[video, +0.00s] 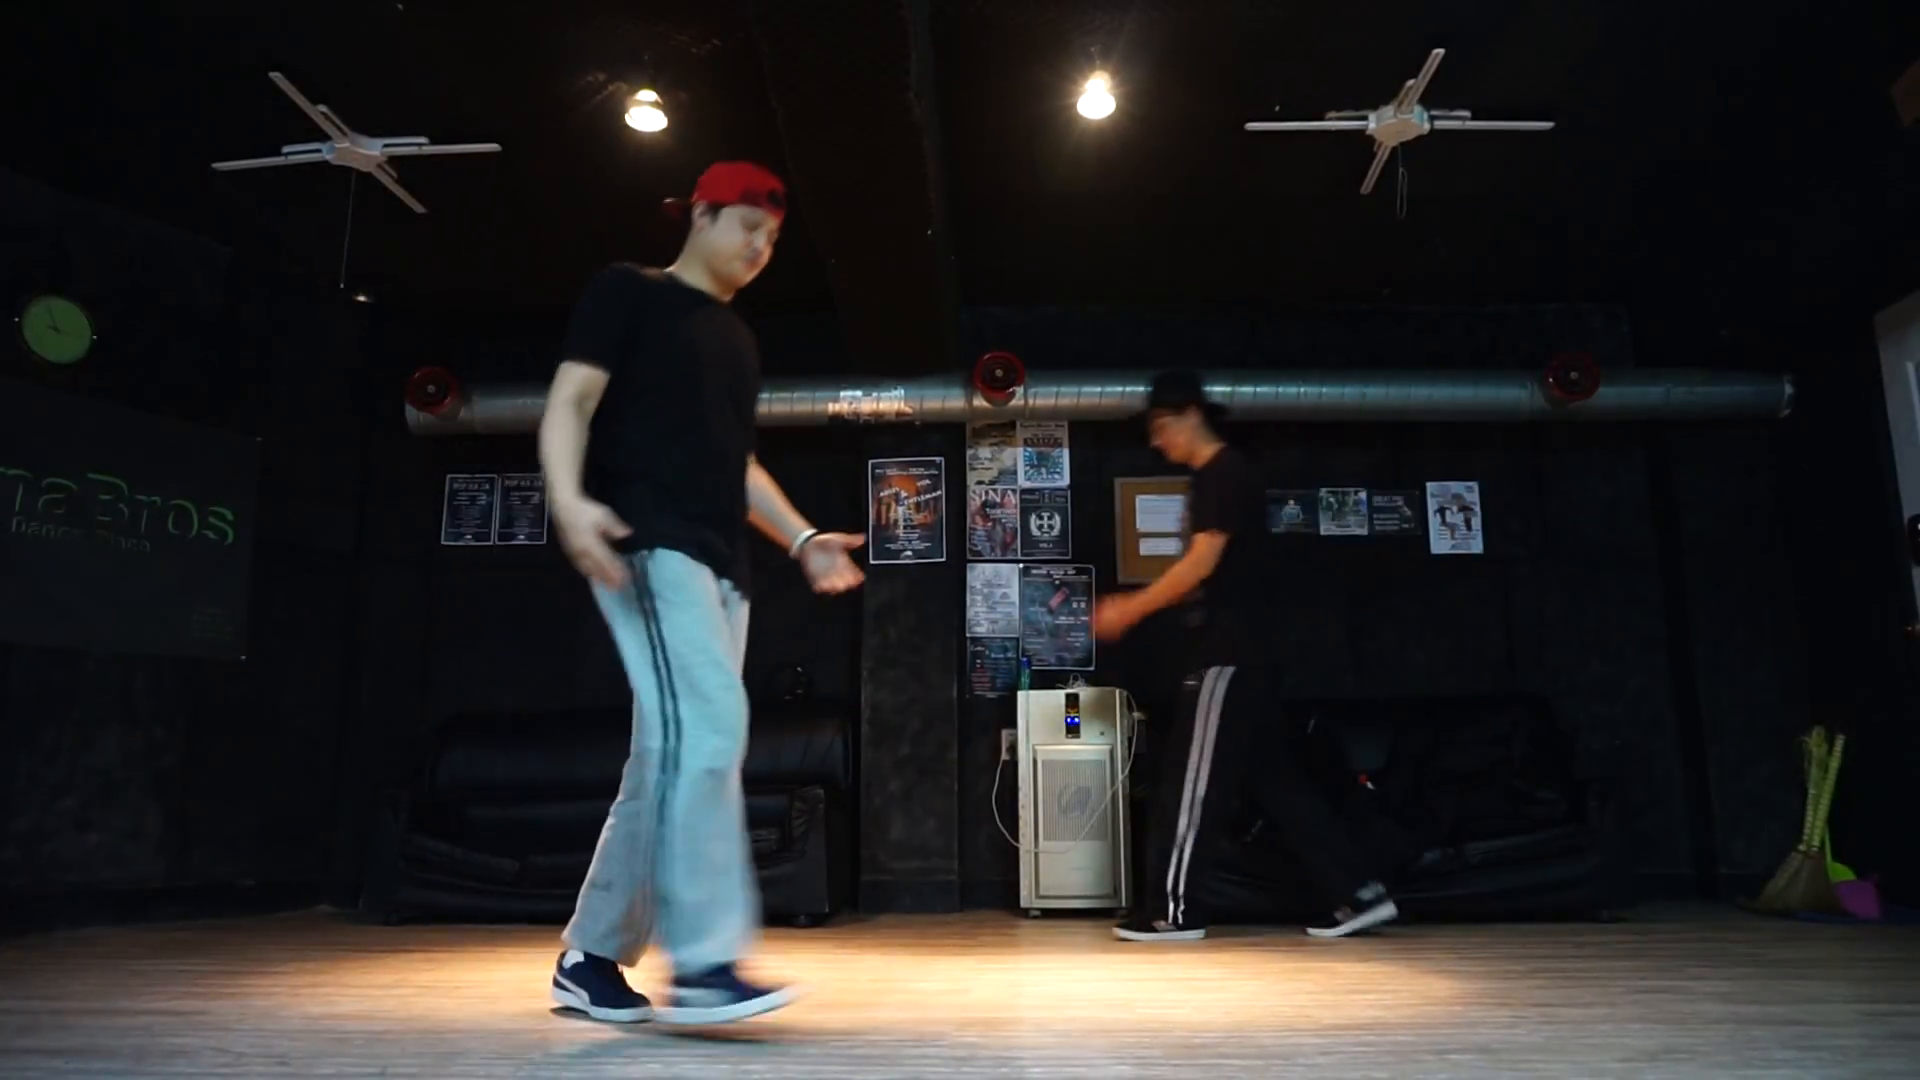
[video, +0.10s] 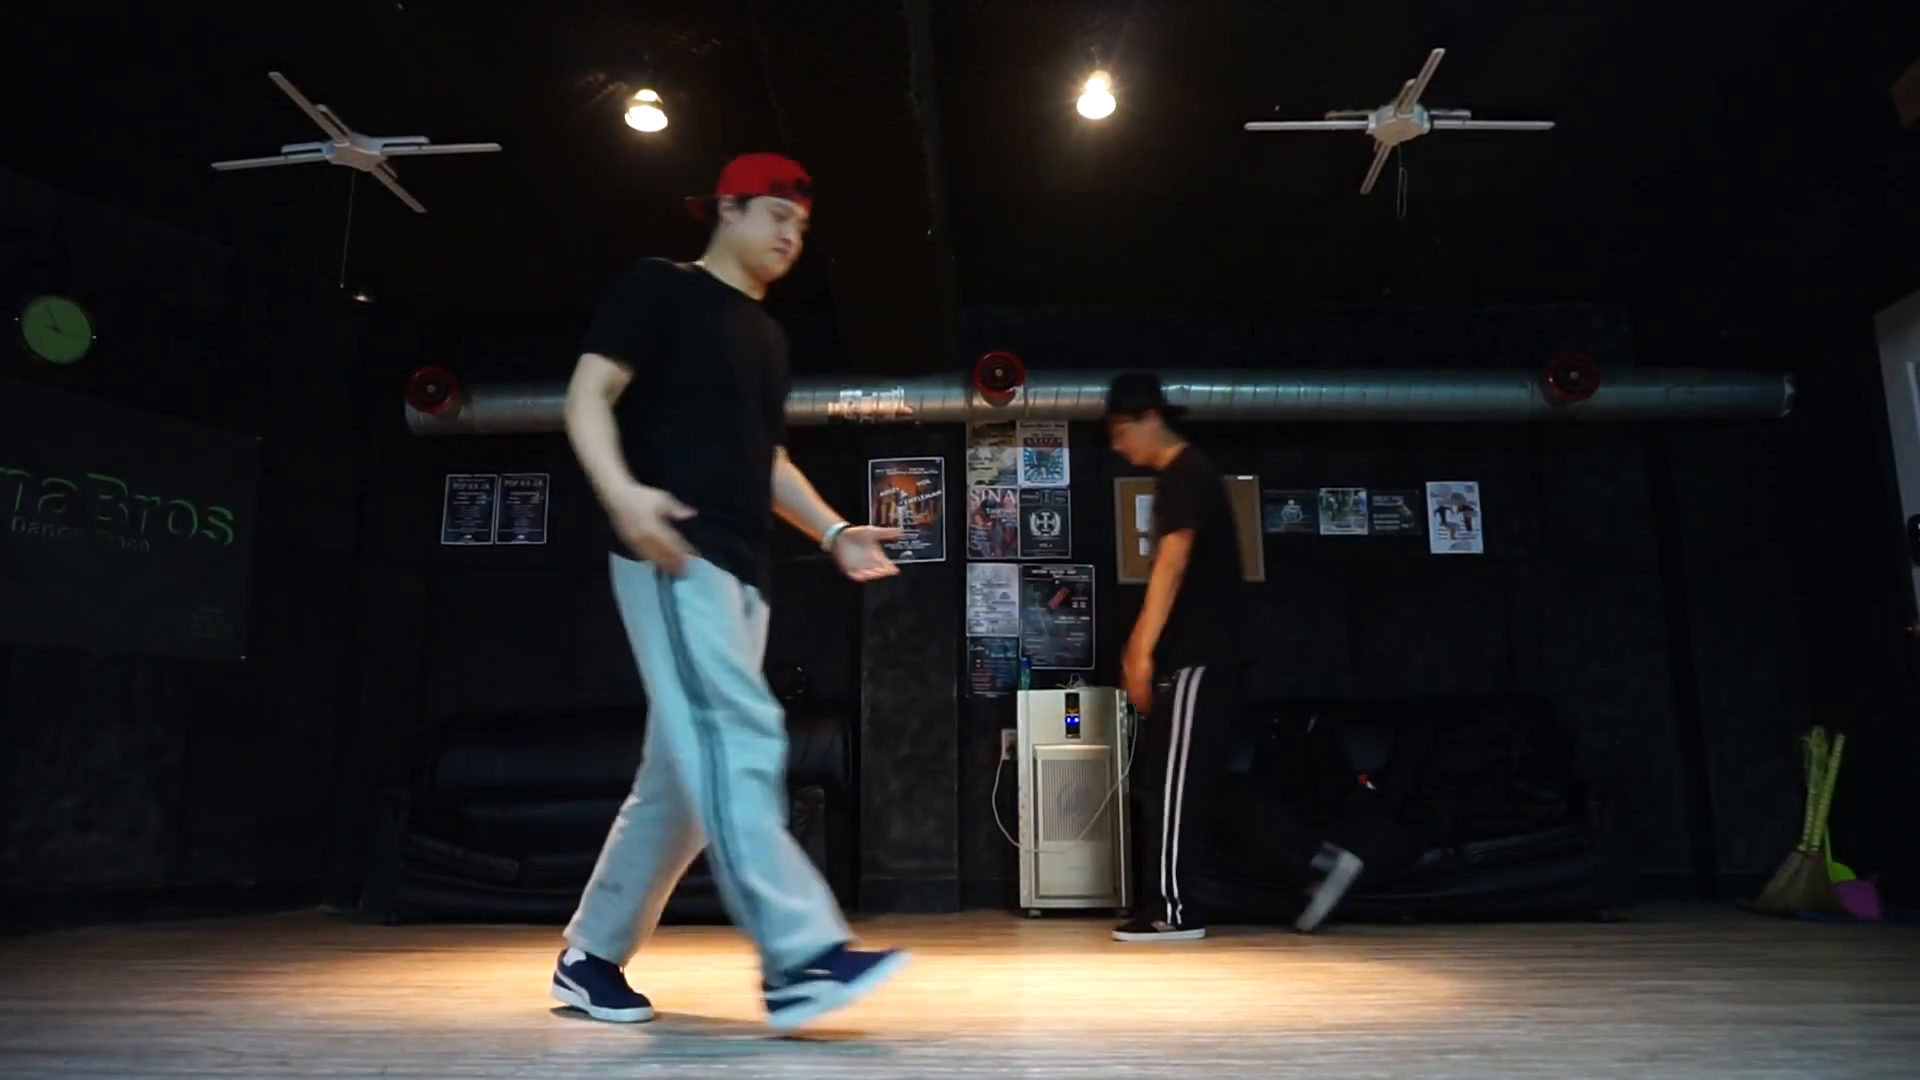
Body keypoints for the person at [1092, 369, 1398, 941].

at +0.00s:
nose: (1160, 442)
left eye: (1164, 428)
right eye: (1156, 431)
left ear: (1194, 417)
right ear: (1178, 424)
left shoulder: (1225, 474)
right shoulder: (1220, 473)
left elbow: (1200, 562)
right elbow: (1202, 564)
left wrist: (1130, 608)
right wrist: (1137, 604)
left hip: (1229, 649)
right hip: (1236, 645)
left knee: (1192, 779)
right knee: (1271, 774)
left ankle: (1171, 912)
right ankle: (1360, 894)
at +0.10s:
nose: (1118, 447)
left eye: (1121, 432)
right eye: (1113, 435)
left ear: (1151, 419)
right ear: (1149, 424)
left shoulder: (1185, 474)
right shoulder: (1185, 473)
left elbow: (1171, 566)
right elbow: (1173, 569)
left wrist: (1141, 649)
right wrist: (1142, 651)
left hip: (1201, 651)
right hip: (1200, 649)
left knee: (1173, 780)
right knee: (1204, 778)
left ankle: (1170, 913)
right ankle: (1317, 862)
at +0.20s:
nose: (1084, 441)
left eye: (1087, 428)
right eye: (1081, 430)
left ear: (1117, 416)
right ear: (1115, 419)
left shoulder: (1150, 470)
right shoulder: (1145, 469)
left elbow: (1154, 558)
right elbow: (1152, 559)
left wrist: (1161, 642)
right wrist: (1158, 644)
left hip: (1167, 652)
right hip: (1156, 650)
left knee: (1160, 783)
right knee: (1160, 779)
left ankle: (1171, 912)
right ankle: (1252, 848)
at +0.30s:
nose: (1057, 432)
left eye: (1060, 419)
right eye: (1053, 421)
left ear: (1088, 409)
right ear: (1080, 414)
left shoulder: (1123, 465)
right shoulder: (1100, 470)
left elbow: (1146, 541)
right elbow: (1121, 555)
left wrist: (1162, 621)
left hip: (1139, 645)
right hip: (1115, 646)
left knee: (1148, 774)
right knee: (1099, 761)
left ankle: (1170, 909)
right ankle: (1171, 873)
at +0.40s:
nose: (1028, 436)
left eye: (1032, 422)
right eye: (1025, 425)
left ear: (1059, 412)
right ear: (1055, 418)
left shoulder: (1093, 463)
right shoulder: (1078, 471)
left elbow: (1127, 529)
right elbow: (1109, 557)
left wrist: (1145, 605)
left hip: (1113, 644)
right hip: (1091, 646)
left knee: (1137, 777)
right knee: (1065, 764)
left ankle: (1169, 909)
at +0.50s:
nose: (996, 451)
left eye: (997, 437)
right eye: (992, 440)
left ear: (1021, 426)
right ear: (1023, 429)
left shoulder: (1060, 470)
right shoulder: (1046, 480)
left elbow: (1095, 526)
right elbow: (1091, 562)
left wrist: (1106, 598)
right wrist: (1121, 640)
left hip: (1084, 651)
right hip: (1063, 655)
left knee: (1125, 779)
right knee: (1039, 781)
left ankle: (1170, 908)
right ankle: (985, 895)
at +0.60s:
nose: (955, 455)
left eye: (958, 442)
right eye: (952, 444)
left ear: (979, 434)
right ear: (993, 431)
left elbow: (1050, 524)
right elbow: (991, 556)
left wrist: (1053, 596)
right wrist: (958, 518)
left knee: (1080, 766)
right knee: (996, 775)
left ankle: (1163, 898)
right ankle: (976, 902)